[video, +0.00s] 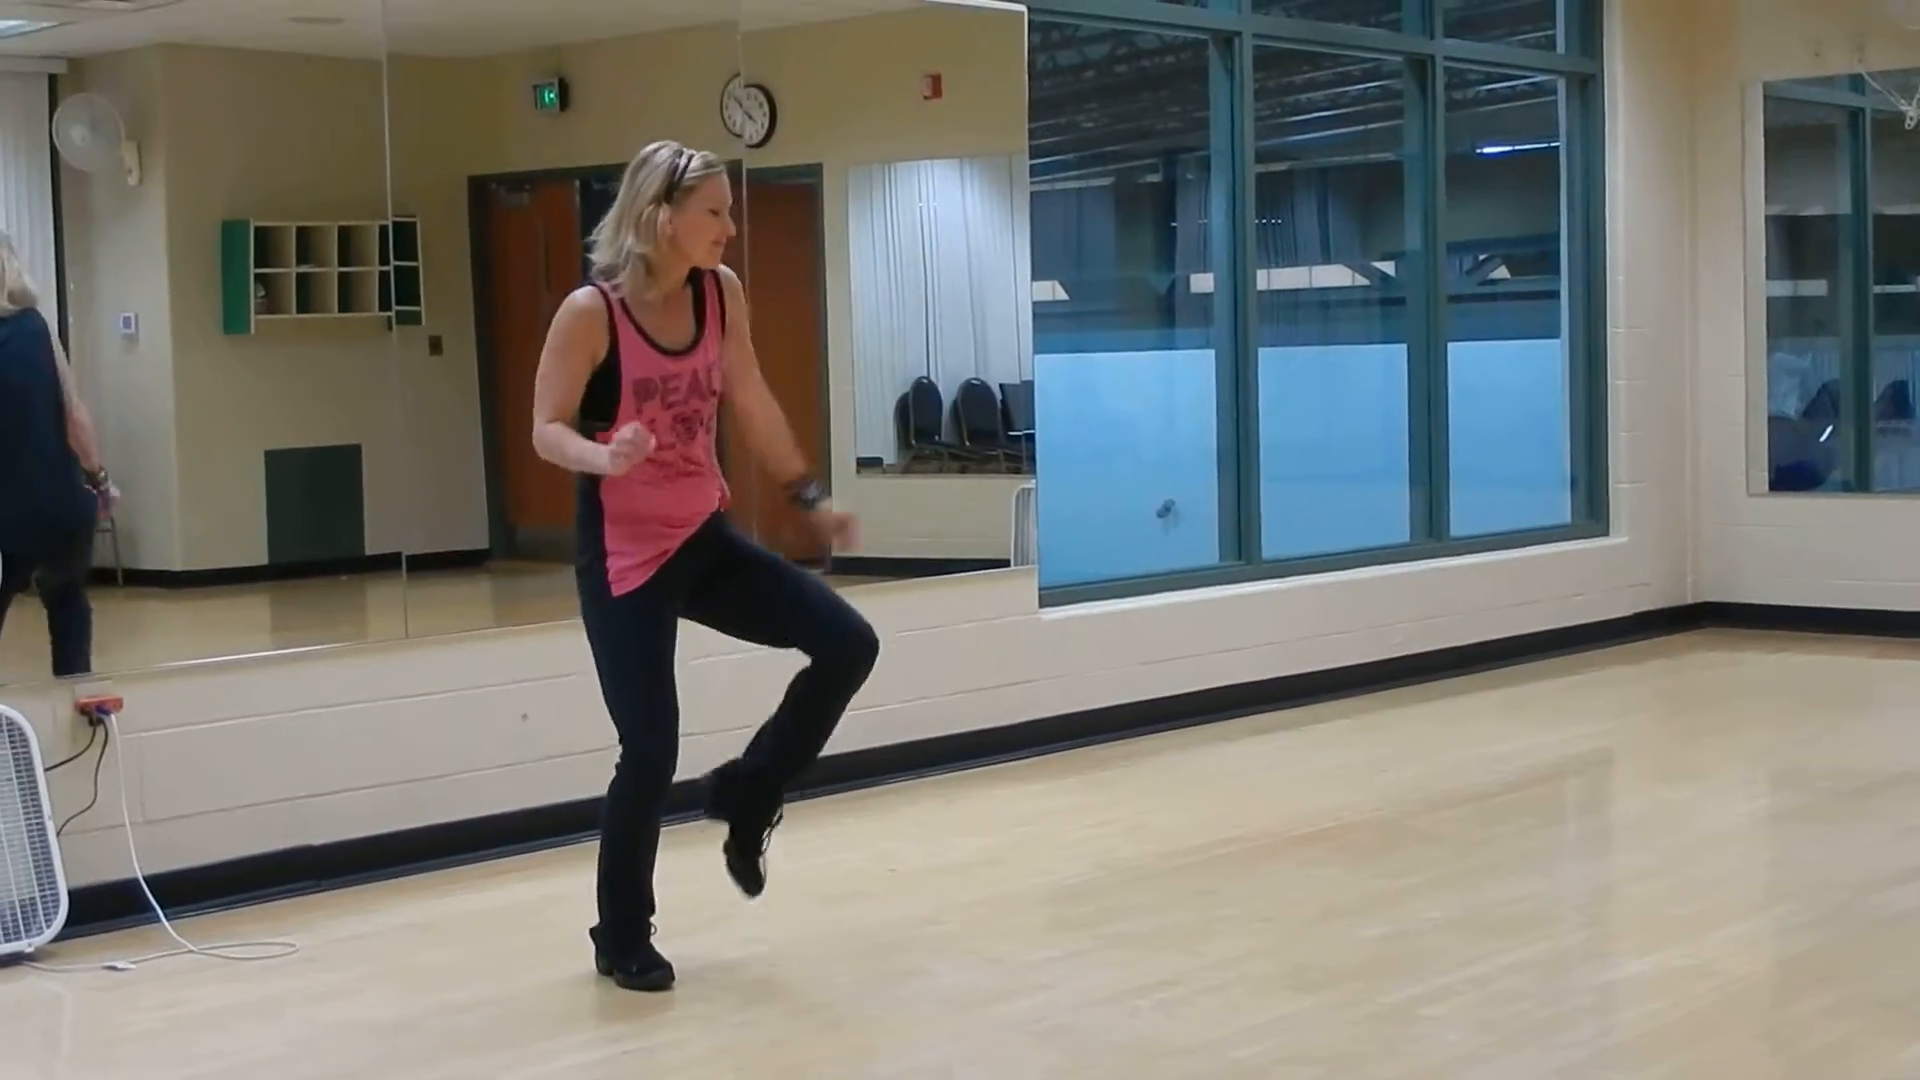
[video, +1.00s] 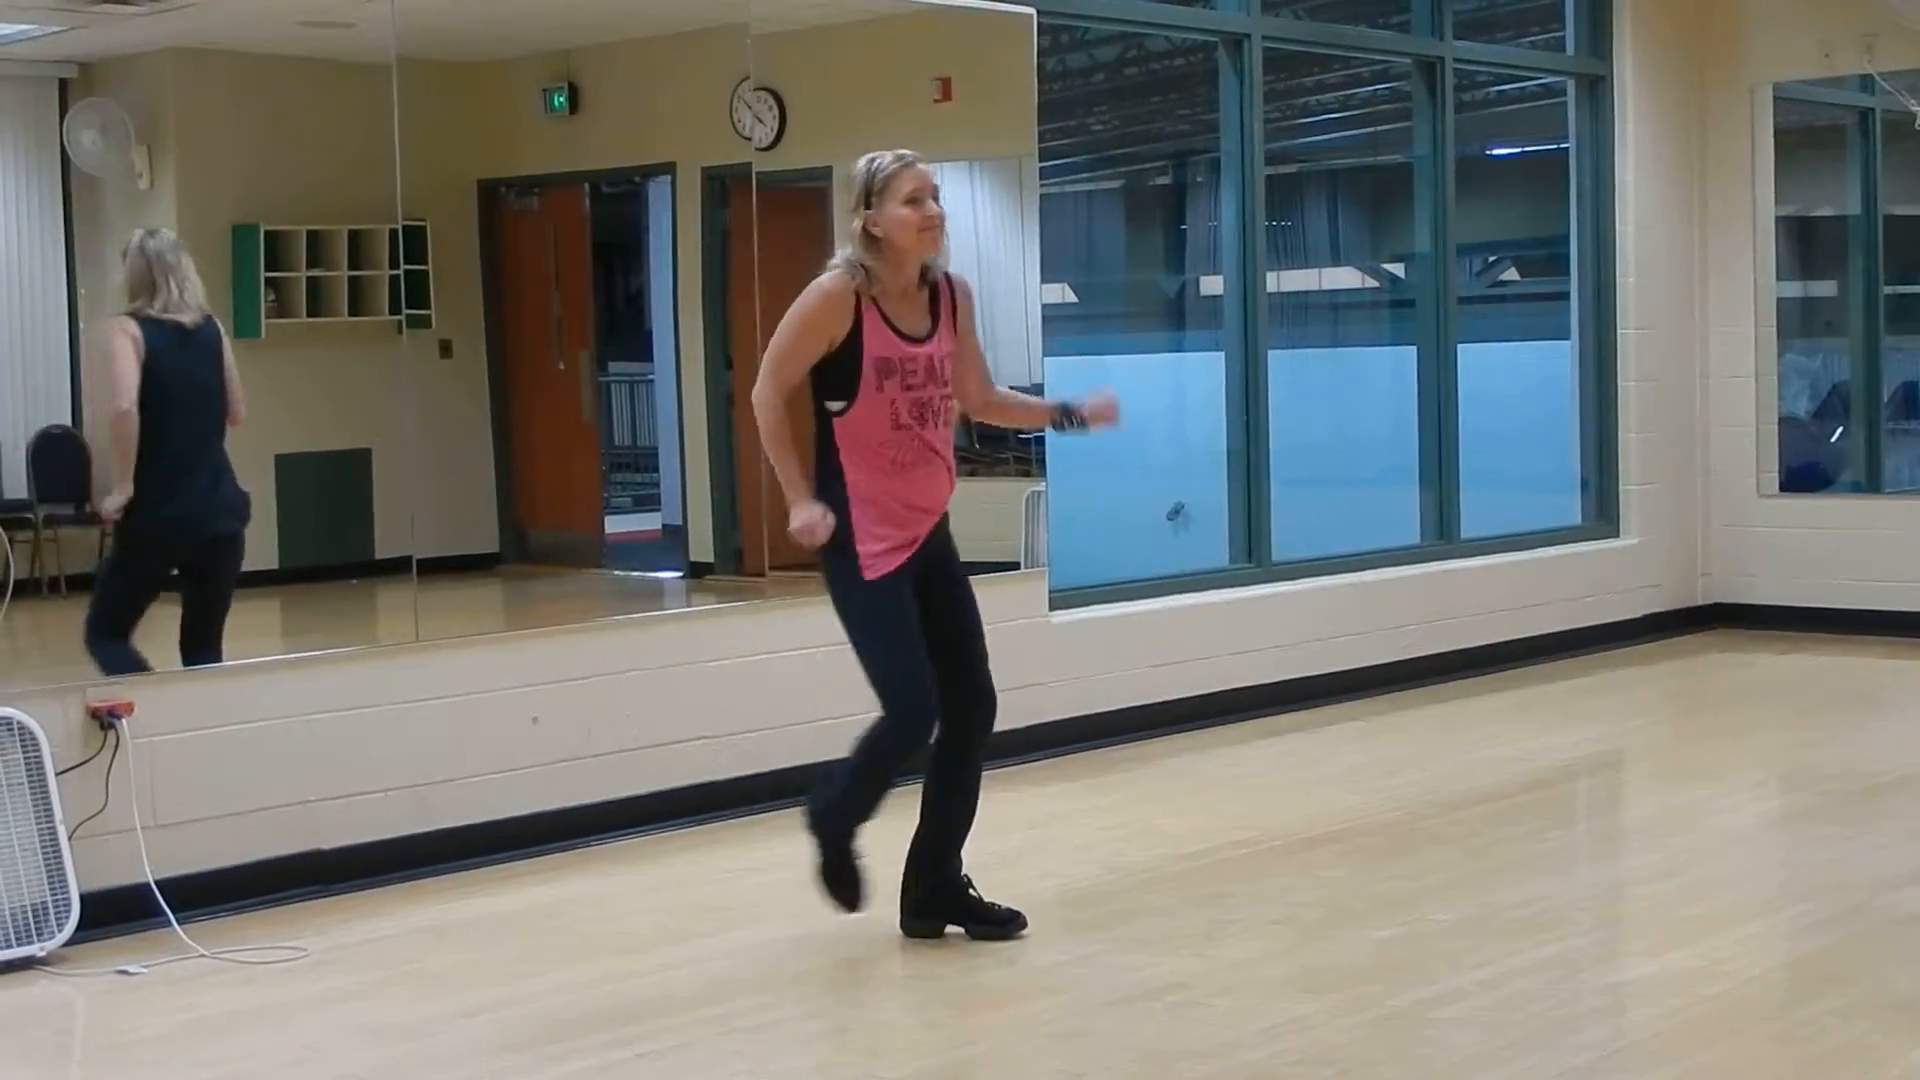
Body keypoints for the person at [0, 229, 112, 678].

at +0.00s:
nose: (19, 272)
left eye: (12, 261)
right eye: (14, 263)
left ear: (7, 278)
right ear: (14, 275)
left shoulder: (31, 327)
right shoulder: (31, 328)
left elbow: (70, 410)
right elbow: (70, 412)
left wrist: (96, 475)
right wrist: (97, 475)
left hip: (15, 508)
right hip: (56, 501)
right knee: (67, 602)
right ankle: (76, 709)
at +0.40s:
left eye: (2, 261)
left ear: (7, 267)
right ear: (54, 264)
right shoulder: (85, 328)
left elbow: (136, 401)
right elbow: (136, 400)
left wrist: (119, 481)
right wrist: (120, 481)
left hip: (9, 509)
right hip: (64, 505)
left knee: (3, 642)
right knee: (89, 630)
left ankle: (8, 746)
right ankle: (134, 739)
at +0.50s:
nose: (8, 272)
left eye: (13, 263)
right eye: (10, 263)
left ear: (24, 267)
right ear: (74, 264)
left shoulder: (10, 322)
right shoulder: (106, 327)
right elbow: (165, 391)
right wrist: (136, 465)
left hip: (15, 508)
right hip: (79, 507)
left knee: (9, 647)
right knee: (116, 640)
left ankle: (10, 750)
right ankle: (178, 732)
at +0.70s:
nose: (62, 279)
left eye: (64, 272)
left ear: (71, 278)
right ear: (121, 273)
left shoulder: (57, 343)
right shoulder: (160, 336)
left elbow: (11, 424)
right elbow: (200, 407)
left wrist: (12, 451)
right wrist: (159, 420)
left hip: (76, 517)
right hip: (146, 516)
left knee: (36, 656)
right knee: (166, 645)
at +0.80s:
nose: (84, 276)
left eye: (87, 269)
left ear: (95, 274)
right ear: (144, 269)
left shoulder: (81, 336)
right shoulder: (184, 331)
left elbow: (60, 427)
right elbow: (211, 416)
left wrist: (39, 505)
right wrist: (169, 381)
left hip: (111, 516)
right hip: (181, 512)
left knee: (49, 644)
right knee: (186, 647)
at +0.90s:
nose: (104, 277)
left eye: (108, 268)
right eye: (105, 268)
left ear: (117, 273)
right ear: (167, 269)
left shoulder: (101, 332)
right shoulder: (201, 330)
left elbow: (97, 420)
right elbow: (221, 417)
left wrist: (98, 498)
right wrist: (176, 396)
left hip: (139, 513)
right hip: (204, 510)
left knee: (70, 634)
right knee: (197, 648)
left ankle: (112, 737)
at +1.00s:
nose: (123, 275)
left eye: (126, 267)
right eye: (125, 267)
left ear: (135, 274)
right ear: (185, 272)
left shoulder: (124, 330)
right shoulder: (212, 328)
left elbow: (124, 407)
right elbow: (235, 412)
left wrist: (122, 488)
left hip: (159, 513)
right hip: (221, 510)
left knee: (105, 635)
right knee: (203, 648)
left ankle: (163, 715)